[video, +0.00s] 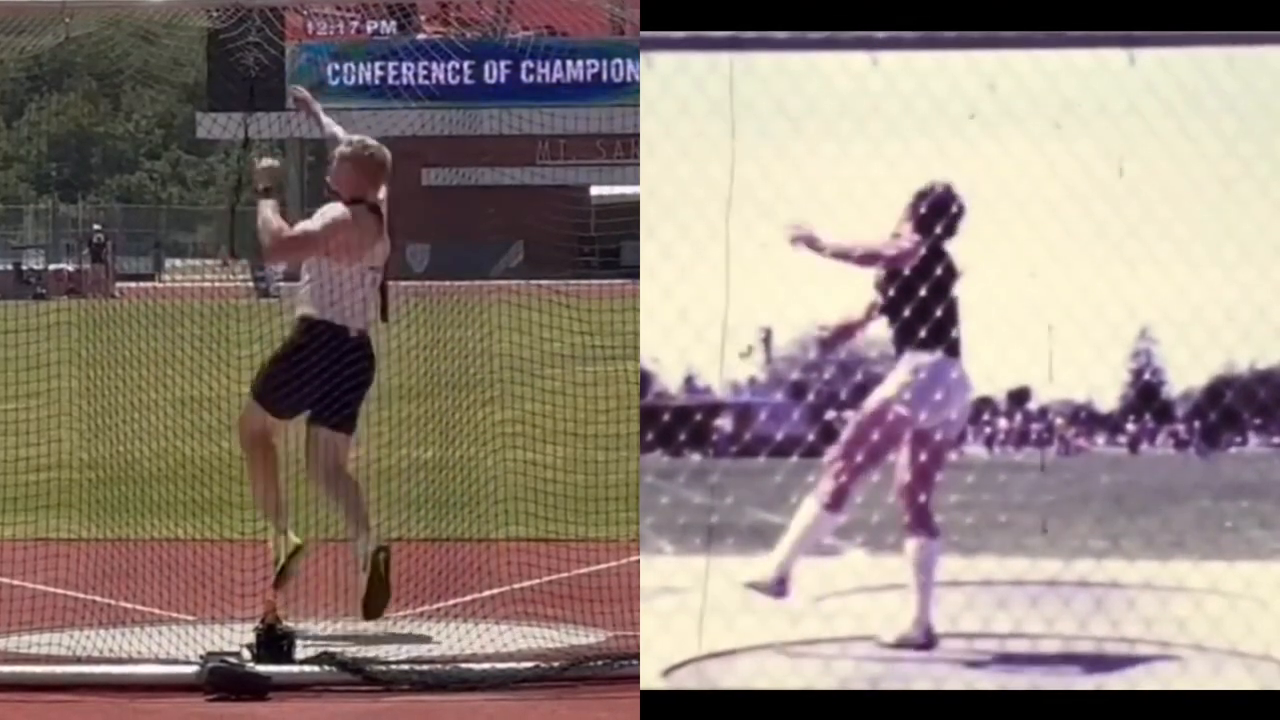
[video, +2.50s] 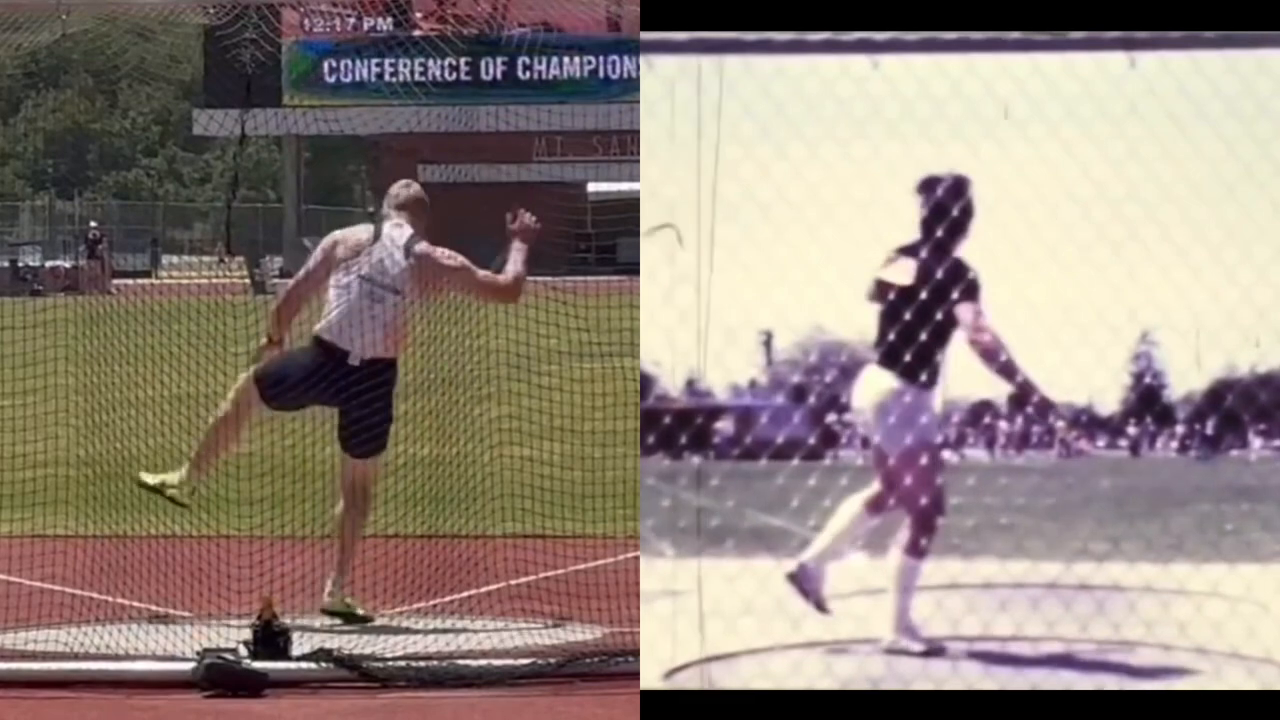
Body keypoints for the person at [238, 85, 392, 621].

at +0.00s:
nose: (331, 170)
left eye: (338, 164)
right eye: (334, 164)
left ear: (356, 176)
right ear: (373, 180)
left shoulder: (340, 218)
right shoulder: (375, 217)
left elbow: (276, 244)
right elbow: (352, 151)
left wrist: (266, 193)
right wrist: (316, 114)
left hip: (317, 340)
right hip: (356, 346)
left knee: (254, 430)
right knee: (328, 461)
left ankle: (281, 535)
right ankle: (368, 547)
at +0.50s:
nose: (322, 175)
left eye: (333, 170)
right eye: (318, 166)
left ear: (353, 180)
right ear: (307, 172)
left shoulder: (371, 220)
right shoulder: (284, 224)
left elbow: (409, 268)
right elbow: (246, 260)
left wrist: (358, 234)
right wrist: (243, 289)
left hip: (361, 337)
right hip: (308, 343)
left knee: (312, 365)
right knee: (306, 469)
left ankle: (285, 484)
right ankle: (307, 579)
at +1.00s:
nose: (343, 214)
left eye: (346, 204)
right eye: (335, 204)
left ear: (343, 207)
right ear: (306, 205)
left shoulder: (343, 249)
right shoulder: (283, 249)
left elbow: (377, 294)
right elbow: (324, 286)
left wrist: (422, 288)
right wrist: (410, 295)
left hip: (338, 372)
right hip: (291, 381)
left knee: (428, 350)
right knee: (289, 496)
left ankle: (484, 415)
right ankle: (276, 613)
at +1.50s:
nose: (387, 197)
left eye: (387, 189)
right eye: (381, 189)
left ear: (356, 191)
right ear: (358, 189)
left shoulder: (346, 228)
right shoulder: (336, 223)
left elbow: (343, 296)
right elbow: (421, 216)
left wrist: (384, 320)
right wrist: (479, 192)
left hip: (333, 349)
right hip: (295, 364)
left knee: (410, 367)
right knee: (335, 476)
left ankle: (469, 437)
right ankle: (291, 583)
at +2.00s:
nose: (408, 210)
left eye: (408, 202)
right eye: (405, 201)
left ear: (369, 195)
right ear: (389, 199)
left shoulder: (333, 228)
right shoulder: (383, 236)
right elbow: (468, 221)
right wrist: (505, 165)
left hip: (298, 356)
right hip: (337, 368)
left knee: (309, 392)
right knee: (356, 488)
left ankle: (302, 452)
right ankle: (322, 593)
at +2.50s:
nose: (404, 205)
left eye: (398, 199)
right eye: (414, 203)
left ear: (384, 209)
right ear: (424, 218)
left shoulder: (344, 240)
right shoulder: (434, 260)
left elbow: (294, 293)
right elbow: (508, 290)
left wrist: (275, 335)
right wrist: (520, 242)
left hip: (321, 360)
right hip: (374, 379)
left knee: (249, 388)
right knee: (357, 491)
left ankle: (186, 480)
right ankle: (336, 592)